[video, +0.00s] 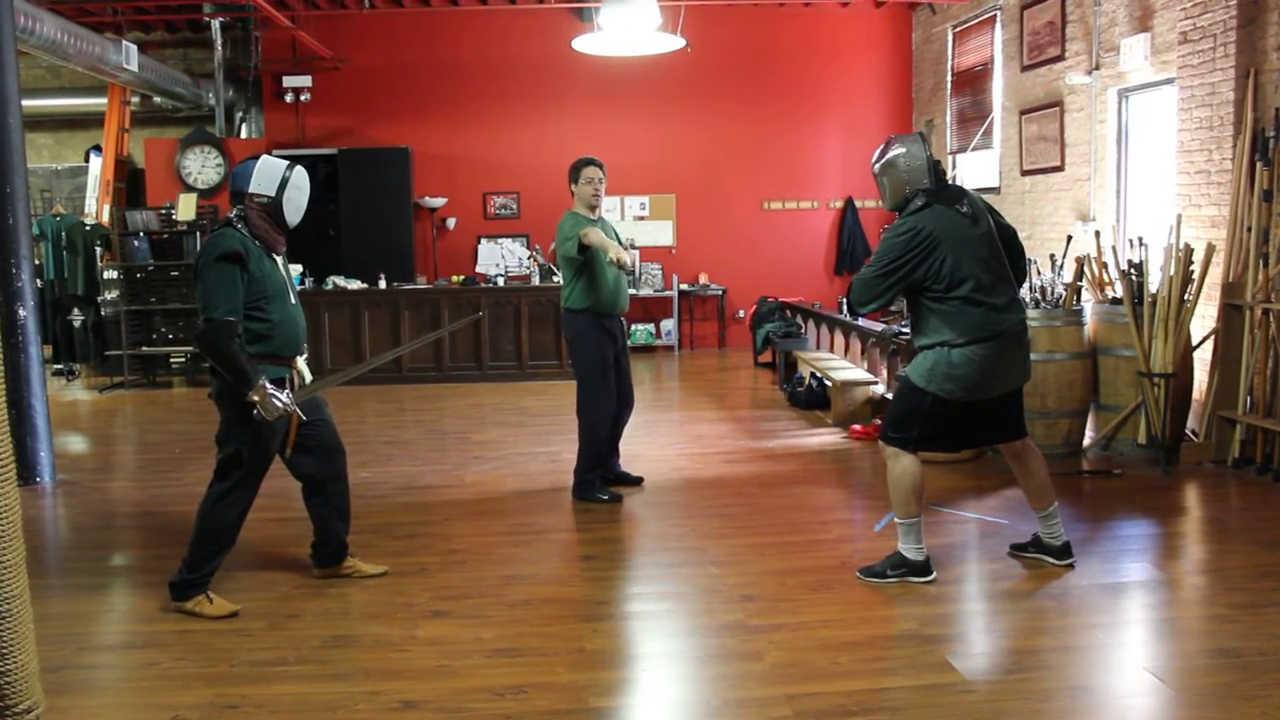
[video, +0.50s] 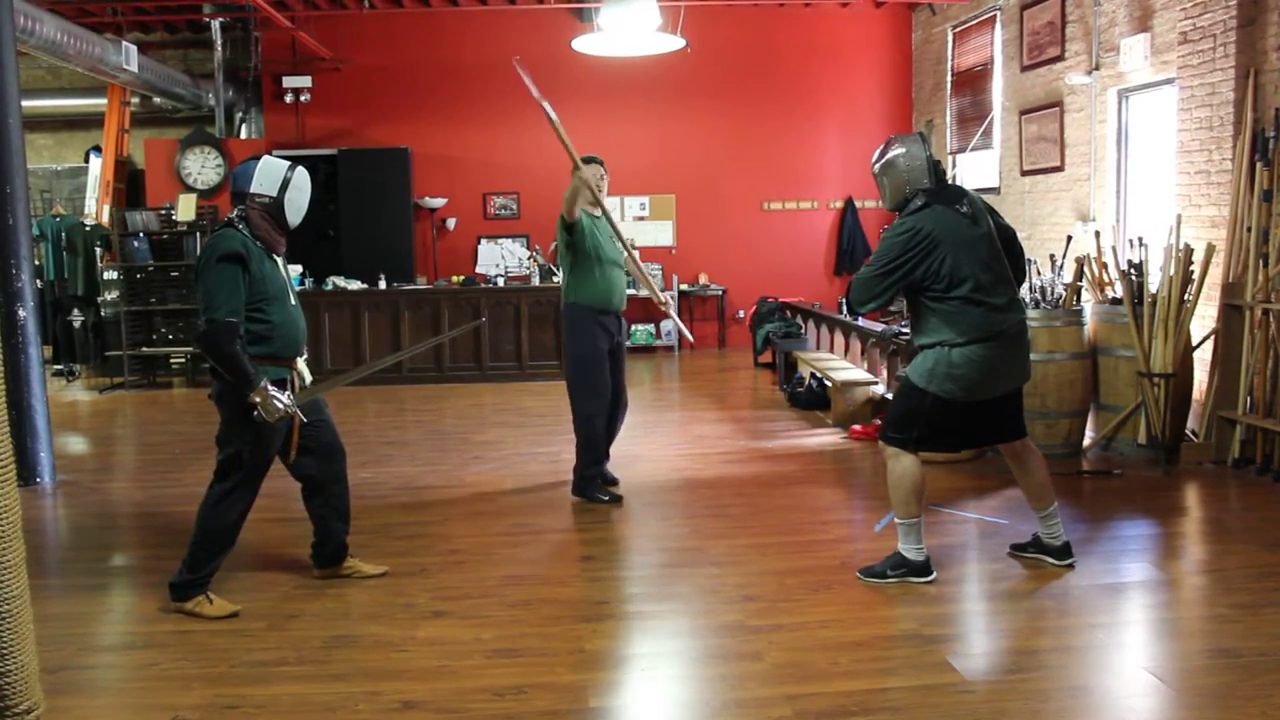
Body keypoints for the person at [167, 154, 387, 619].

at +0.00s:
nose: (295, 209)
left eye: (295, 200)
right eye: (291, 199)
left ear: (259, 194)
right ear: (269, 195)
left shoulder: (264, 243)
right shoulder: (229, 246)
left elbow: (272, 309)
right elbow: (217, 332)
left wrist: (293, 356)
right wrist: (255, 388)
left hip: (286, 376)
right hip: (251, 380)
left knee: (326, 459)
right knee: (235, 483)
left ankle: (332, 555)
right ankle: (190, 587)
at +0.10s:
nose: (296, 209)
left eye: (296, 200)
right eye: (292, 199)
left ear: (260, 194)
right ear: (270, 195)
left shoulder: (264, 243)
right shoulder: (229, 246)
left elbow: (271, 309)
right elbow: (217, 331)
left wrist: (293, 356)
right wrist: (255, 388)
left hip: (285, 377)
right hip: (251, 381)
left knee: (326, 459)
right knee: (235, 483)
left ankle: (332, 555)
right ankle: (189, 588)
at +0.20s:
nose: (296, 210)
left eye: (296, 201)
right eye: (292, 200)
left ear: (260, 195)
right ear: (271, 195)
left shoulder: (263, 244)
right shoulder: (230, 246)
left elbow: (271, 310)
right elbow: (217, 331)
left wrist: (293, 357)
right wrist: (255, 389)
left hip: (285, 378)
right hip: (251, 382)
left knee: (326, 460)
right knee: (235, 484)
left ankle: (332, 556)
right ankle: (189, 588)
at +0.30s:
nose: (296, 210)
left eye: (296, 201)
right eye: (292, 200)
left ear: (260, 195)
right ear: (270, 196)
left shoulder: (263, 244)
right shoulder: (230, 247)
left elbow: (270, 311)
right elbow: (217, 332)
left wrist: (292, 358)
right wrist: (255, 389)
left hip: (285, 378)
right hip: (252, 381)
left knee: (326, 460)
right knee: (235, 484)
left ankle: (332, 556)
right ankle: (189, 588)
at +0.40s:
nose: (296, 210)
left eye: (296, 201)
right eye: (292, 200)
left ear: (260, 195)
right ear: (270, 196)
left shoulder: (263, 244)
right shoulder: (230, 247)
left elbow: (271, 311)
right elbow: (218, 333)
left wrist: (293, 358)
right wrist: (255, 389)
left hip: (286, 378)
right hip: (252, 381)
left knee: (326, 461)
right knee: (235, 484)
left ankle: (332, 556)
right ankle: (189, 588)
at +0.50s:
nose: (296, 210)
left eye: (295, 201)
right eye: (292, 200)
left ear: (259, 195)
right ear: (270, 196)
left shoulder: (263, 244)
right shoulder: (230, 247)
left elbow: (271, 311)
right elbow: (218, 333)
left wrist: (293, 358)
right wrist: (255, 390)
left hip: (286, 377)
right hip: (252, 381)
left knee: (326, 460)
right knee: (235, 484)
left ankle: (332, 556)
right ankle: (189, 588)